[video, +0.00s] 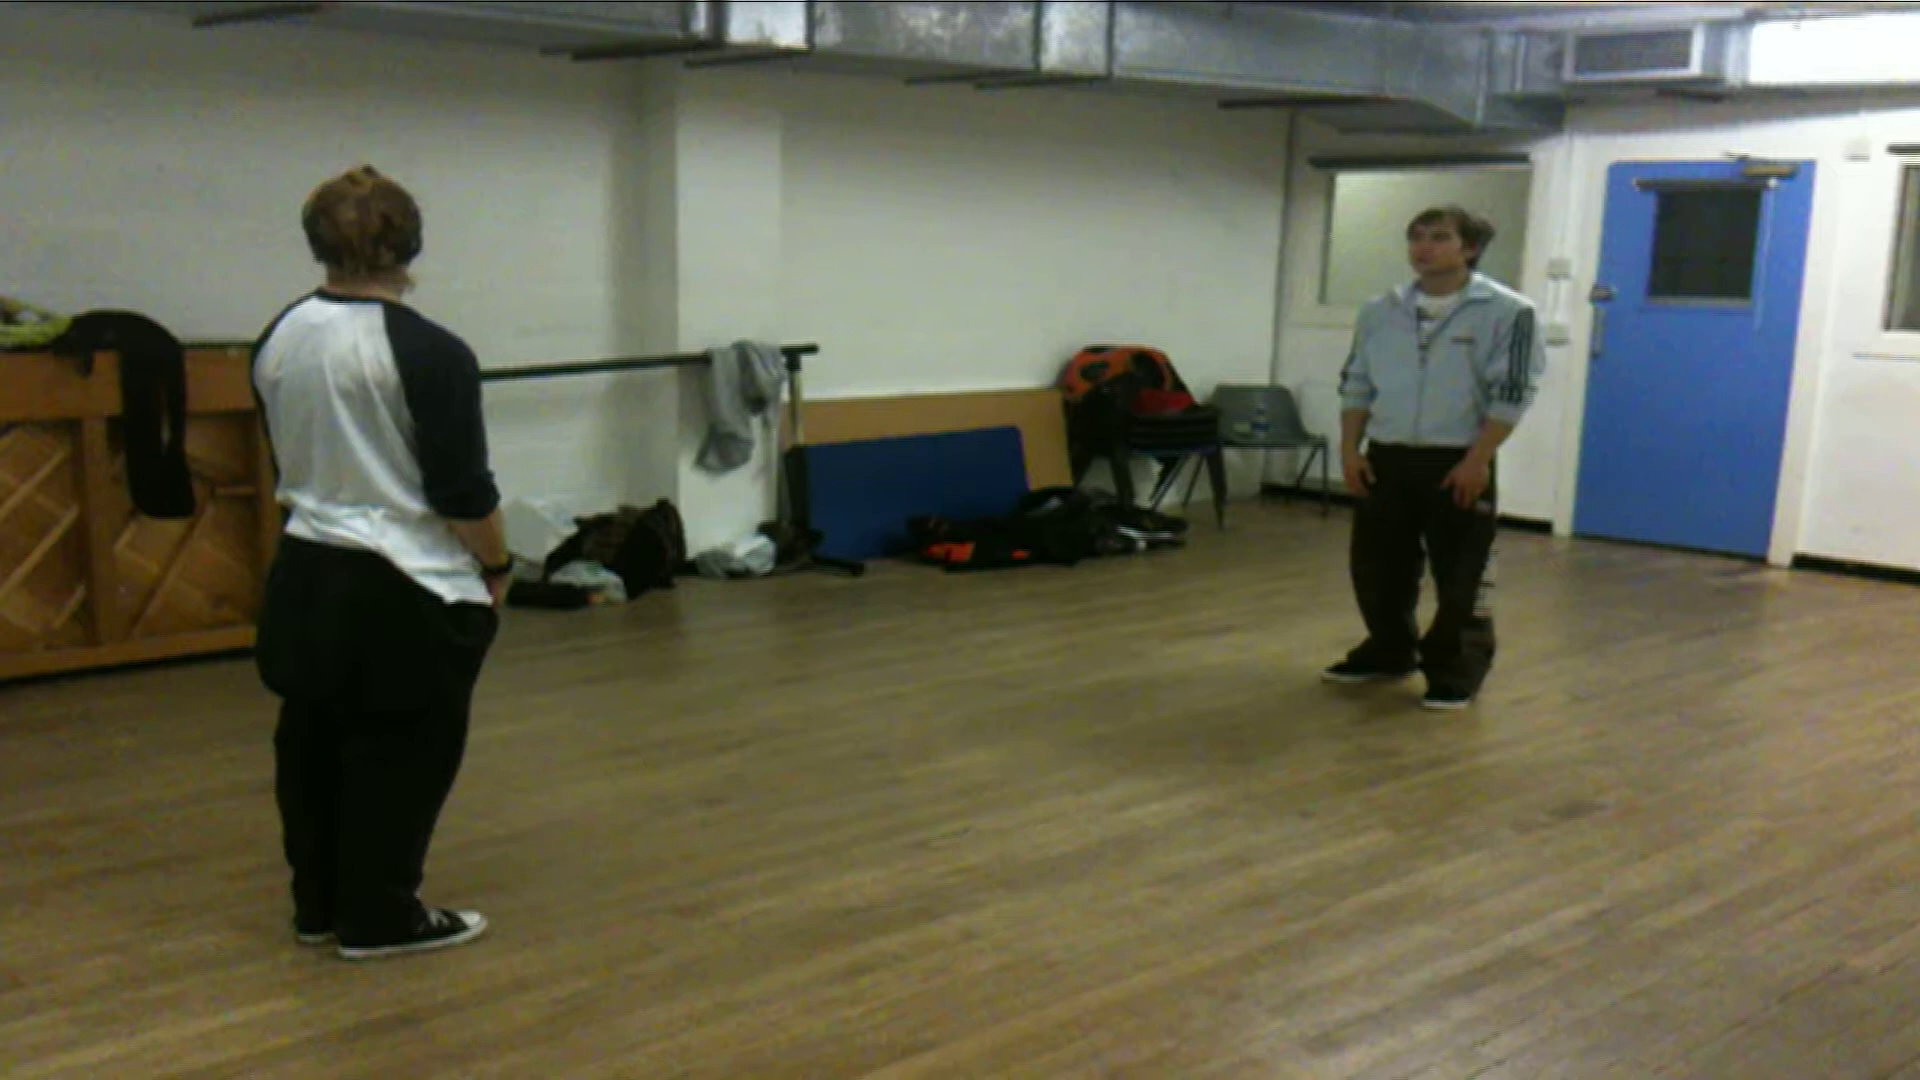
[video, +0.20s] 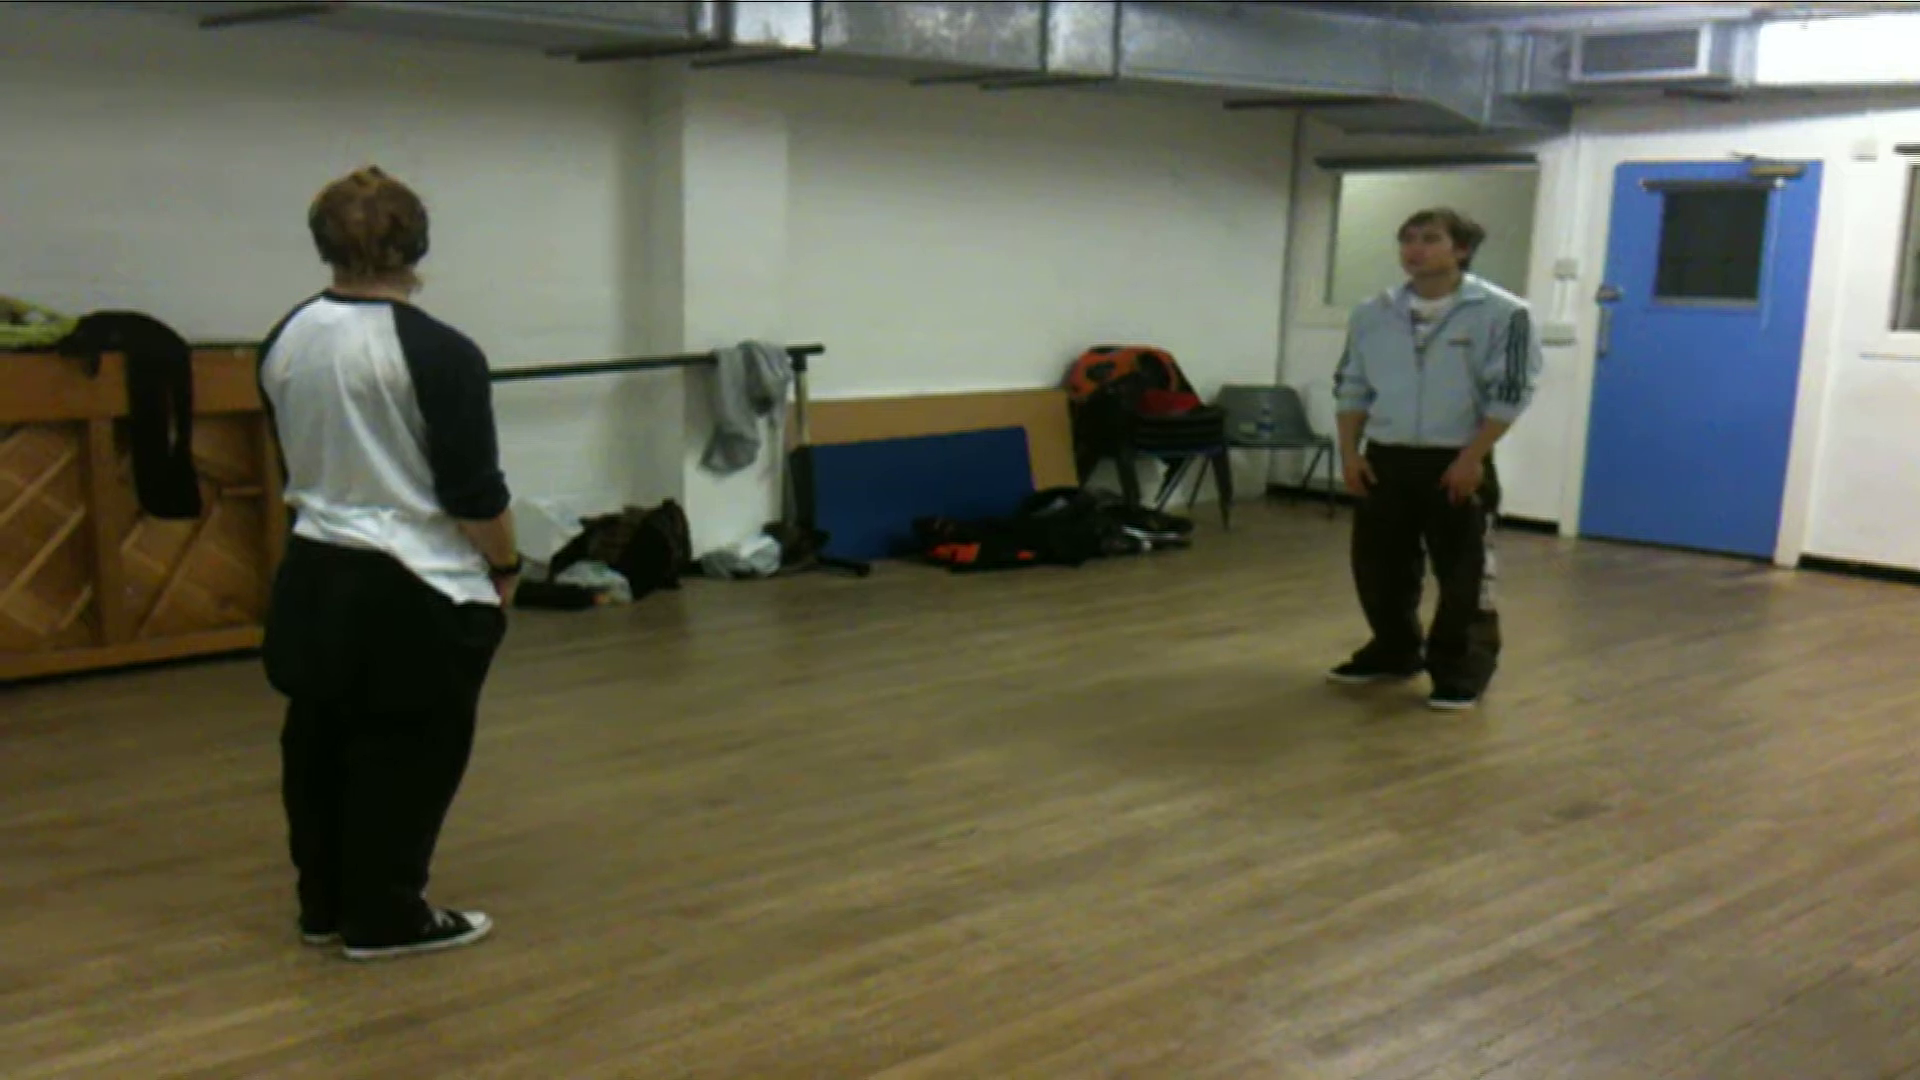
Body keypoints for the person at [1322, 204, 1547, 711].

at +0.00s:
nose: (1424, 247)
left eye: (1439, 238)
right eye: (1417, 238)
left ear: (1468, 249)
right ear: (1407, 248)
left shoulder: (1507, 313)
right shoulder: (1380, 313)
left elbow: (1511, 397)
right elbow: (1357, 385)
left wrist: (1479, 457)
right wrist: (1350, 446)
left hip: (1459, 465)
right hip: (1390, 462)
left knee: (1459, 580)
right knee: (1376, 564)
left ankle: (1453, 671)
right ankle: (1389, 647)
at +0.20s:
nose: (1415, 249)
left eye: (1429, 240)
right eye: (1408, 240)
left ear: (1459, 251)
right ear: (1399, 250)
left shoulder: (1501, 315)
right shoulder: (1373, 315)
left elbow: (1509, 396)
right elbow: (1352, 388)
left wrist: (1474, 455)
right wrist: (1349, 449)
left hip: (1456, 466)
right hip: (1388, 463)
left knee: (1462, 579)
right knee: (1378, 564)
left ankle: (1459, 673)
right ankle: (1394, 648)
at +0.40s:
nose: (1409, 249)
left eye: (1422, 241)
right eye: (1403, 241)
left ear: (1453, 250)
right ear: (1394, 251)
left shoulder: (1500, 313)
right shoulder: (1370, 316)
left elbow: (1513, 389)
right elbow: (1351, 389)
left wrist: (1469, 446)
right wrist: (1346, 451)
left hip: (1458, 464)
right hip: (1390, 463)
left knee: (1470, 576)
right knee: (1382, 565)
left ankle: (1478, 673)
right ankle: (1399, 650)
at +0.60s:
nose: (1413, 250)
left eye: (1427, 241)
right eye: (1408, 242)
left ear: (1458, 250)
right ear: (1401, 252)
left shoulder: (1504, 312)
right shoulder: (1378, 317)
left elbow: (1522, 388)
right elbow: (1357, 389)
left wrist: (1476, 443)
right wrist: (1350, 452)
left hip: (1460, 465)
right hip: (1392, 464)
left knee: (1469, 575)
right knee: (1384, 569)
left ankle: (1476, 670)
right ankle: (1398, 655)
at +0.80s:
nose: (1426, 247)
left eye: (1440, 238)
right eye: (1420, 239)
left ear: (1471, 248)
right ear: (1413, 250)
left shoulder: (1513, 311)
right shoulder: (1390, 315)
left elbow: (1527, 391)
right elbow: (1367, 387)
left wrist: (1480, 449)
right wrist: (1359, 449)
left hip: (1469, 466)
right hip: (1401, 464)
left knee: (1473, 576)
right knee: (1388, 569)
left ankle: (1476, 672)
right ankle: (1399, 655)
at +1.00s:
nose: (1439, 246)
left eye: (1453, 237)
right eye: (1432, 238)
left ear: (1484, 247)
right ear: (1424, 247)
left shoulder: (1525, 312)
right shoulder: (1398, 313)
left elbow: (1531, 393)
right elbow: (1375, 383)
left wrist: (1483, 453)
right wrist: (1369, 443)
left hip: (1476, 466)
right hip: (1407, 463)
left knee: (1476, 578)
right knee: (1394, 569)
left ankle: (1472, 672)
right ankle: (1396, 656)